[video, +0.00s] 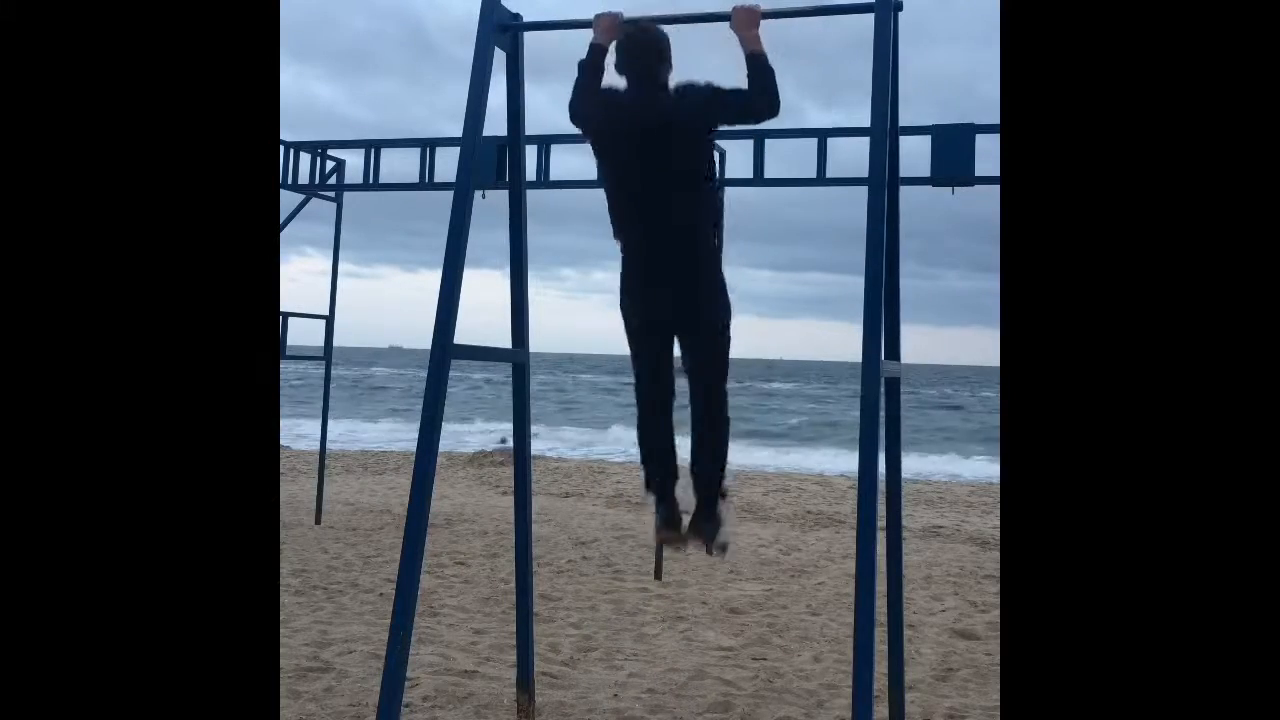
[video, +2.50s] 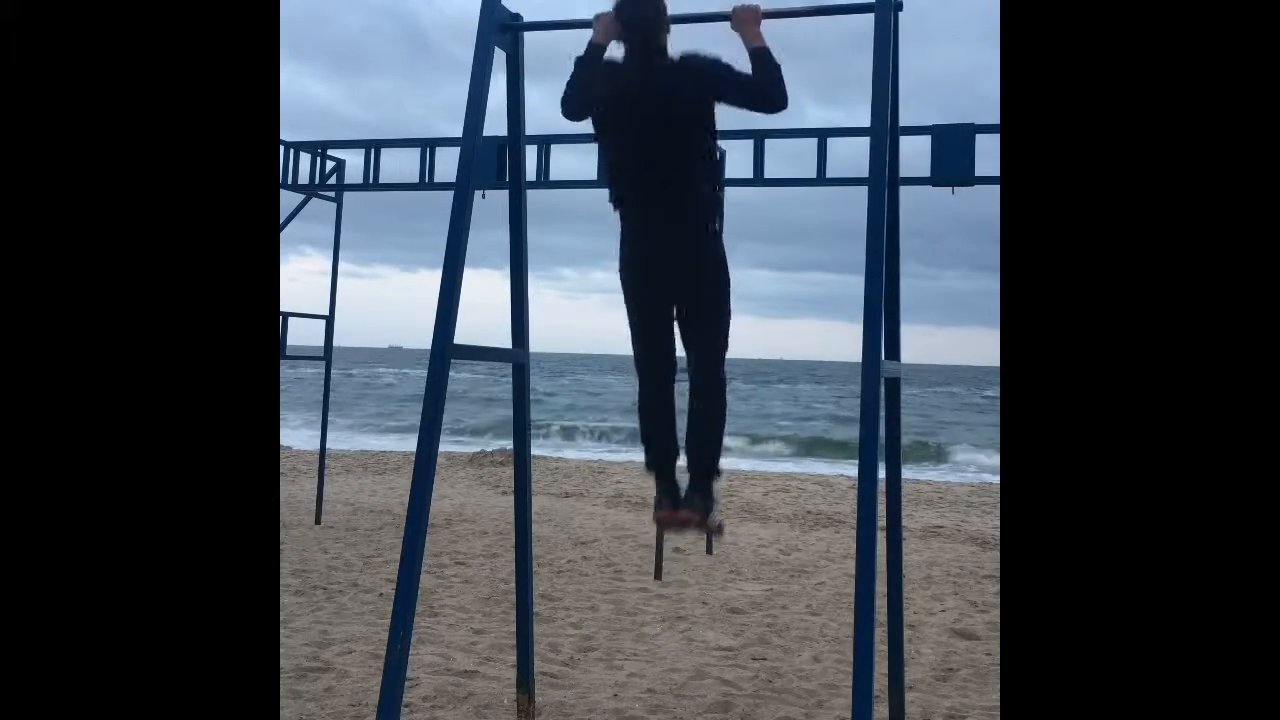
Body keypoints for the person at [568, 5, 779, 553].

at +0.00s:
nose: (659, 65)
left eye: (638, 58)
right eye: (662, 57)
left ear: (620, 66)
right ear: (667, 62)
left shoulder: (603, 112)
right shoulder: (697, 103)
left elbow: (579, 102)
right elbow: (764, 102)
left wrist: (598, 43)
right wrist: (752, 40)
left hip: (640, 274)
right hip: (699, 272)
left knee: (652, 390)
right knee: (709, 391)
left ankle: (664, 507)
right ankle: (706, 511)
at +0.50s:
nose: (680, 121)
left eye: (669, 116)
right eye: (678, 116)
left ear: (627, 130)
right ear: (677, 124)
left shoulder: (618, 166)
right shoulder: (705, 159)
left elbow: (590, 112)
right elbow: (756, 112)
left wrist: (599, 45)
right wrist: (750, 44)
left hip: (642, 336)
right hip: (697, 338)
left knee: (637, 471)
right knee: (689, 476)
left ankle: (632, 606)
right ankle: (667, 613)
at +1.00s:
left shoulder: (600, 32)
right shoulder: (697, 25)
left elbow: (566, 99)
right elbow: (759, 81)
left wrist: (596, 40)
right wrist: (751, 33)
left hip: (635, 204)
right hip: (693, 200)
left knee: (647, 323)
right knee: (707, 319)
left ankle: (662, 441)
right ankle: (701, 443)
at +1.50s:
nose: (682, 122)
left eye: (672, 116)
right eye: (680, 115)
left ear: (630, 127)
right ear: (680, 122)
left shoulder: (618, 164)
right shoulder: (707, 159)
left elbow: (590, 111)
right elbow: (761, 111)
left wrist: (600, 44)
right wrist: (750, 41)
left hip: (645, 330)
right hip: (701, 330)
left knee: (638, 462)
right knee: (694, 471)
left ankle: (630, 590)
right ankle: (665, 597)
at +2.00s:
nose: (646, 71)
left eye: (622, 61)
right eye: (653, 60)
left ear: (614, 69)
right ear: (660, 66)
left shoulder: (600, 118)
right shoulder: (692, 108)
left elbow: (587, 94)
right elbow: (756, 106)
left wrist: (597, 43)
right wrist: (749, 40)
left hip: (638, 284)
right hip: (697, 282)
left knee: (643, 401)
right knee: (701, 406)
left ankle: (648, 521)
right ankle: (682, 527)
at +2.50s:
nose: (654, 23)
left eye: (632, 21)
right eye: (658, 17)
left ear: (620, 31)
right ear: (665, 28)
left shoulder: (603, 82)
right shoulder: (697, 74)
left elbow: (572, 107)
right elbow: (773, 98)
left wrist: (597, 41)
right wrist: (754, 38)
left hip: (640, 247)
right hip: (698, 244)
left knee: (653, 371)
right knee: (707, 370)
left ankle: (666, 497)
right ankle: (700, 497)